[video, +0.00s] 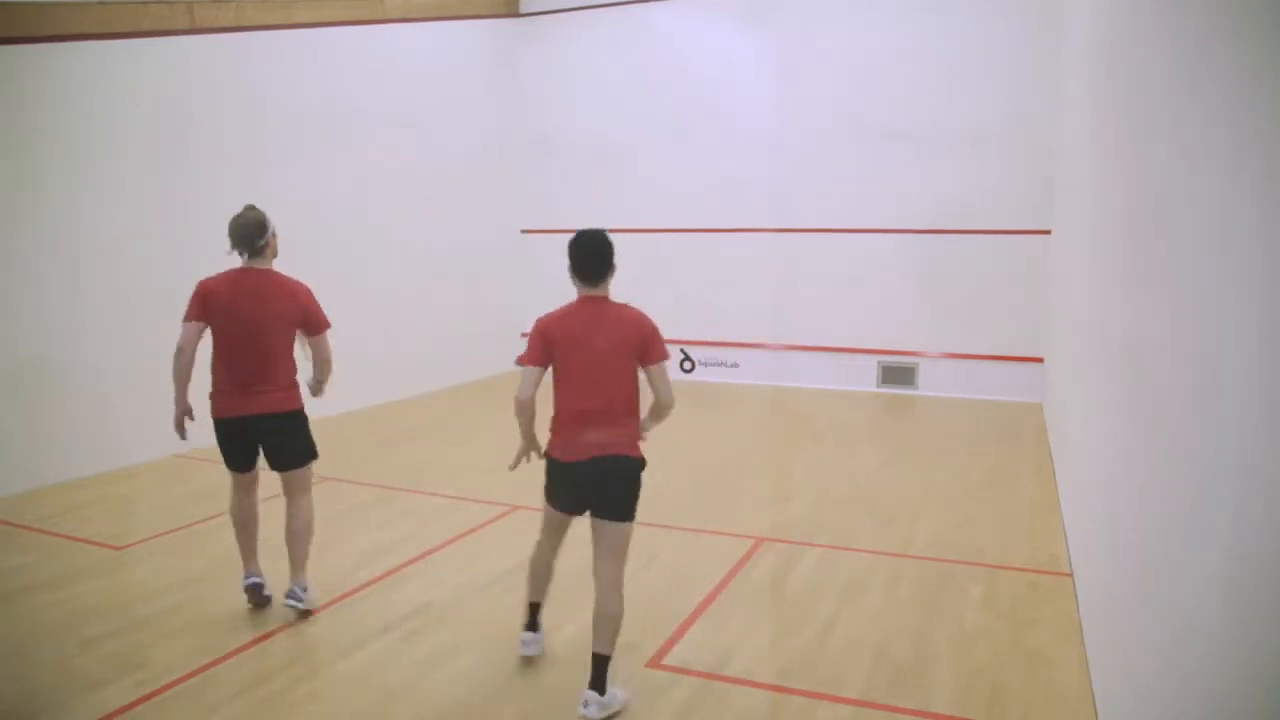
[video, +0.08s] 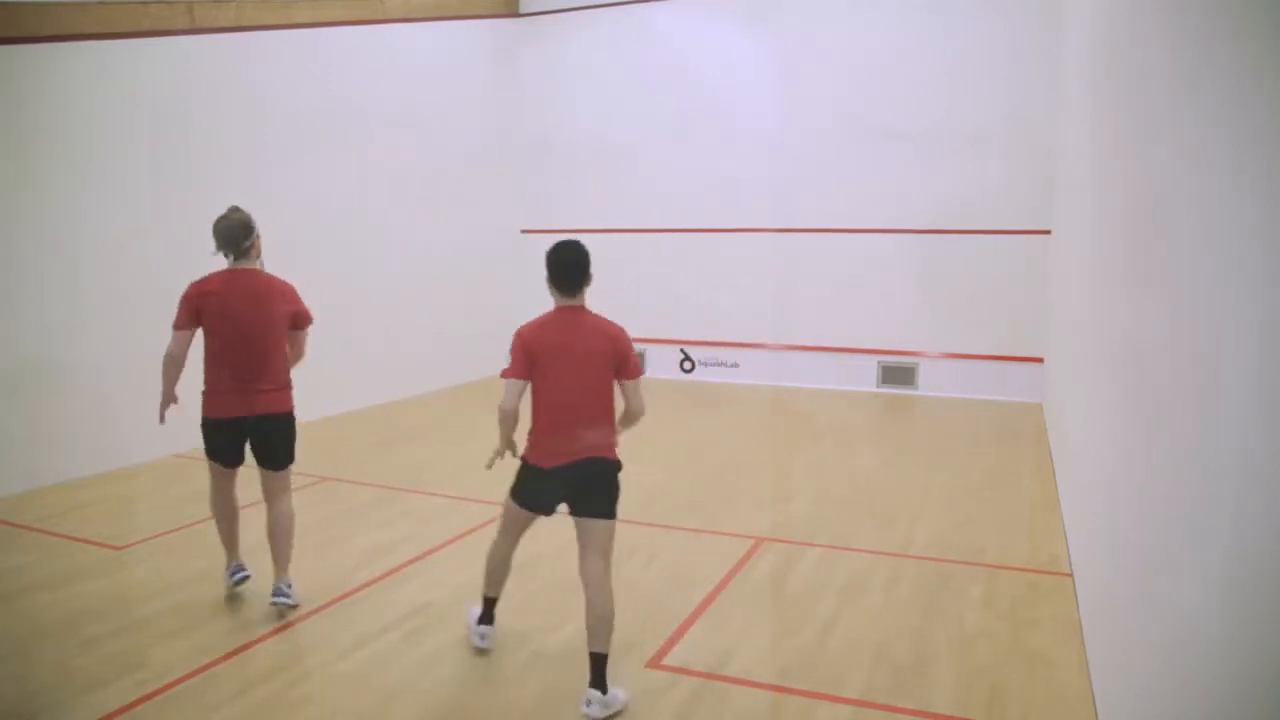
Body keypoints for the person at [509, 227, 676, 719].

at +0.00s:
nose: (593, 273)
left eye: (579, 266)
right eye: (605, 265)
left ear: (571, 270)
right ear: (613, 269)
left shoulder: (552, 325)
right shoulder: (636, 323)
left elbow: (524, 397)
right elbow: (665, 399)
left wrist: (529, 440)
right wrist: (645, 425)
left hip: (566, 465)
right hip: (619, 467)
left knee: (547, 544)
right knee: (609, 578)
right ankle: (597, 691)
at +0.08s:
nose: (571, 282)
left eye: (555, 276)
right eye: (579, 272)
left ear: (548, 281)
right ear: (588, 279)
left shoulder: (530, 335)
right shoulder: (612, 335)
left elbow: (509, 405)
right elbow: (635, 409)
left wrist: (506, 441)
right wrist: (612, 429)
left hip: (544, 464)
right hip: (598, 465)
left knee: (506, 538)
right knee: (597, 574)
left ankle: (485, 622)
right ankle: (598, 689)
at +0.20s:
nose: (535, 275)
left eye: (521, 268)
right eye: (545, 269)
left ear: (512, 272)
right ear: (552, 273)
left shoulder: (494, 324)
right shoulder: (573, 324)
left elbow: (472, 391)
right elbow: (588, 396)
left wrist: (478, 419)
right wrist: (560, 414)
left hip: (500, 453)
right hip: (551, 454)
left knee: (475, 537)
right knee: (567, 545)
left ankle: (468, 629)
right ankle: (581, 640)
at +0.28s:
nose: (514, 267)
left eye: (498, 261)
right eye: (523, 260)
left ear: (493, 266)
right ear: (531, 266)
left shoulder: (472, 316)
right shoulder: (550, 318)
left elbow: (450, 383)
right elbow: (563, 388)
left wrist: (466, 400)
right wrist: (541, 410)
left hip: (481, 446)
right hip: (530, 446)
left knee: (470, 535)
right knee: (551, 531)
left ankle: (469, 629)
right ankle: (550, 614)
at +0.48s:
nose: (462, 265)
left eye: (461, 259)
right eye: (472, 259)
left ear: (463, 262)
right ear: (498, 263)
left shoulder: (442, 305)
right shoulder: (508, 311)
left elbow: (419, 360)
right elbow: (517, 374)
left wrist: (445, 375)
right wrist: (526, 392)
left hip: (447, 428)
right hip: (491, 428)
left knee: (449, 508)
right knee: (496, 502)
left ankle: (459, 591)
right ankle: (493, 572)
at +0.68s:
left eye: (434, 259)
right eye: (459, 259)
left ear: (431, 262)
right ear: (464, 263)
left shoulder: (408, 304)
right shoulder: (473, 310)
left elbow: (386, 358)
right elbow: (488, 372)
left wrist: (405, 378)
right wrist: (497, 393)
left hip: (415, 415)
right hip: (458, 415)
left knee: (407, 477)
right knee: (480, 490)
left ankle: (404, 549)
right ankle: (490, 568)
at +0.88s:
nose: (429, 258)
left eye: (426, 253)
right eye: (428, 254)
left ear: (395, 257)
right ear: (425, 258)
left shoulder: (373, 293)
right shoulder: (432, 302)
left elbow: (348, 341)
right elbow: (448, 359)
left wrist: (366, 369)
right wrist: (456, 381)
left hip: (378, 398)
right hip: (417, 399)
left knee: (380, 464)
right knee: (447, 462)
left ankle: (382, 532)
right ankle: (443, 540)